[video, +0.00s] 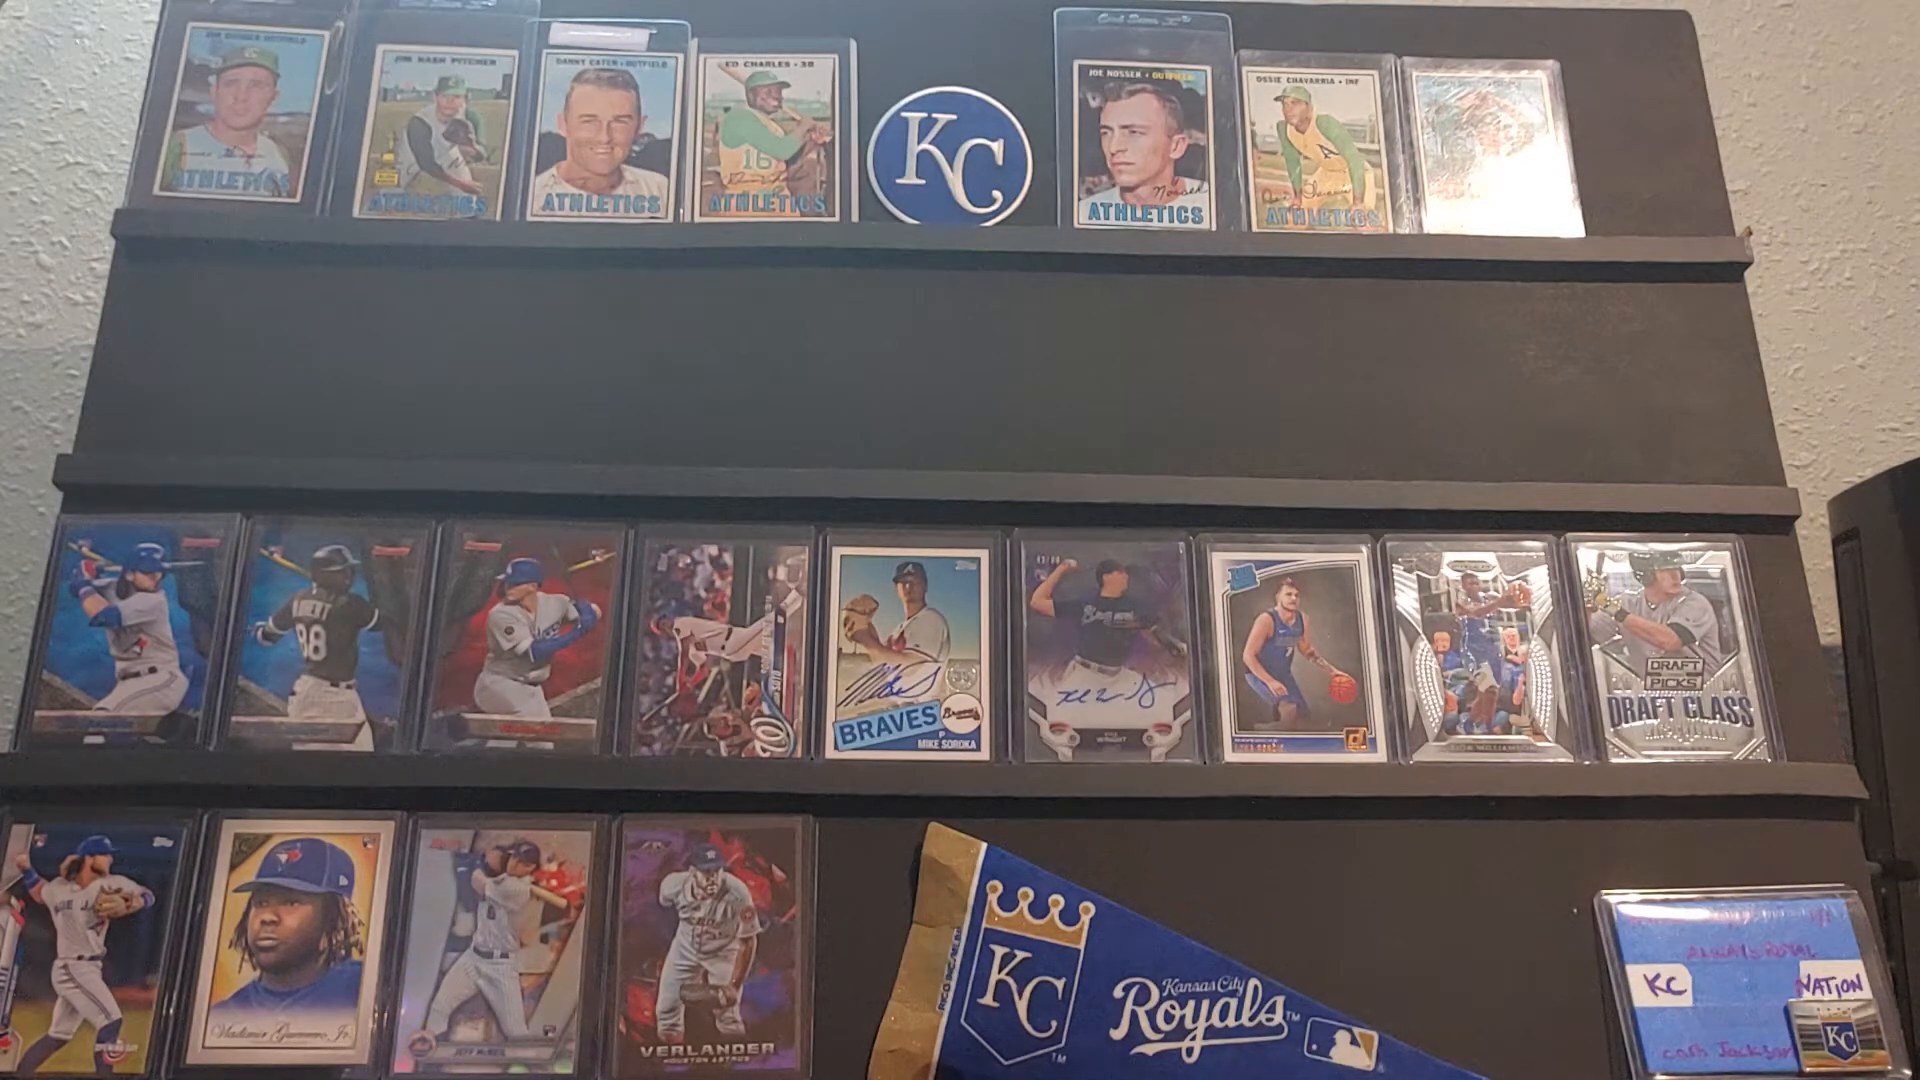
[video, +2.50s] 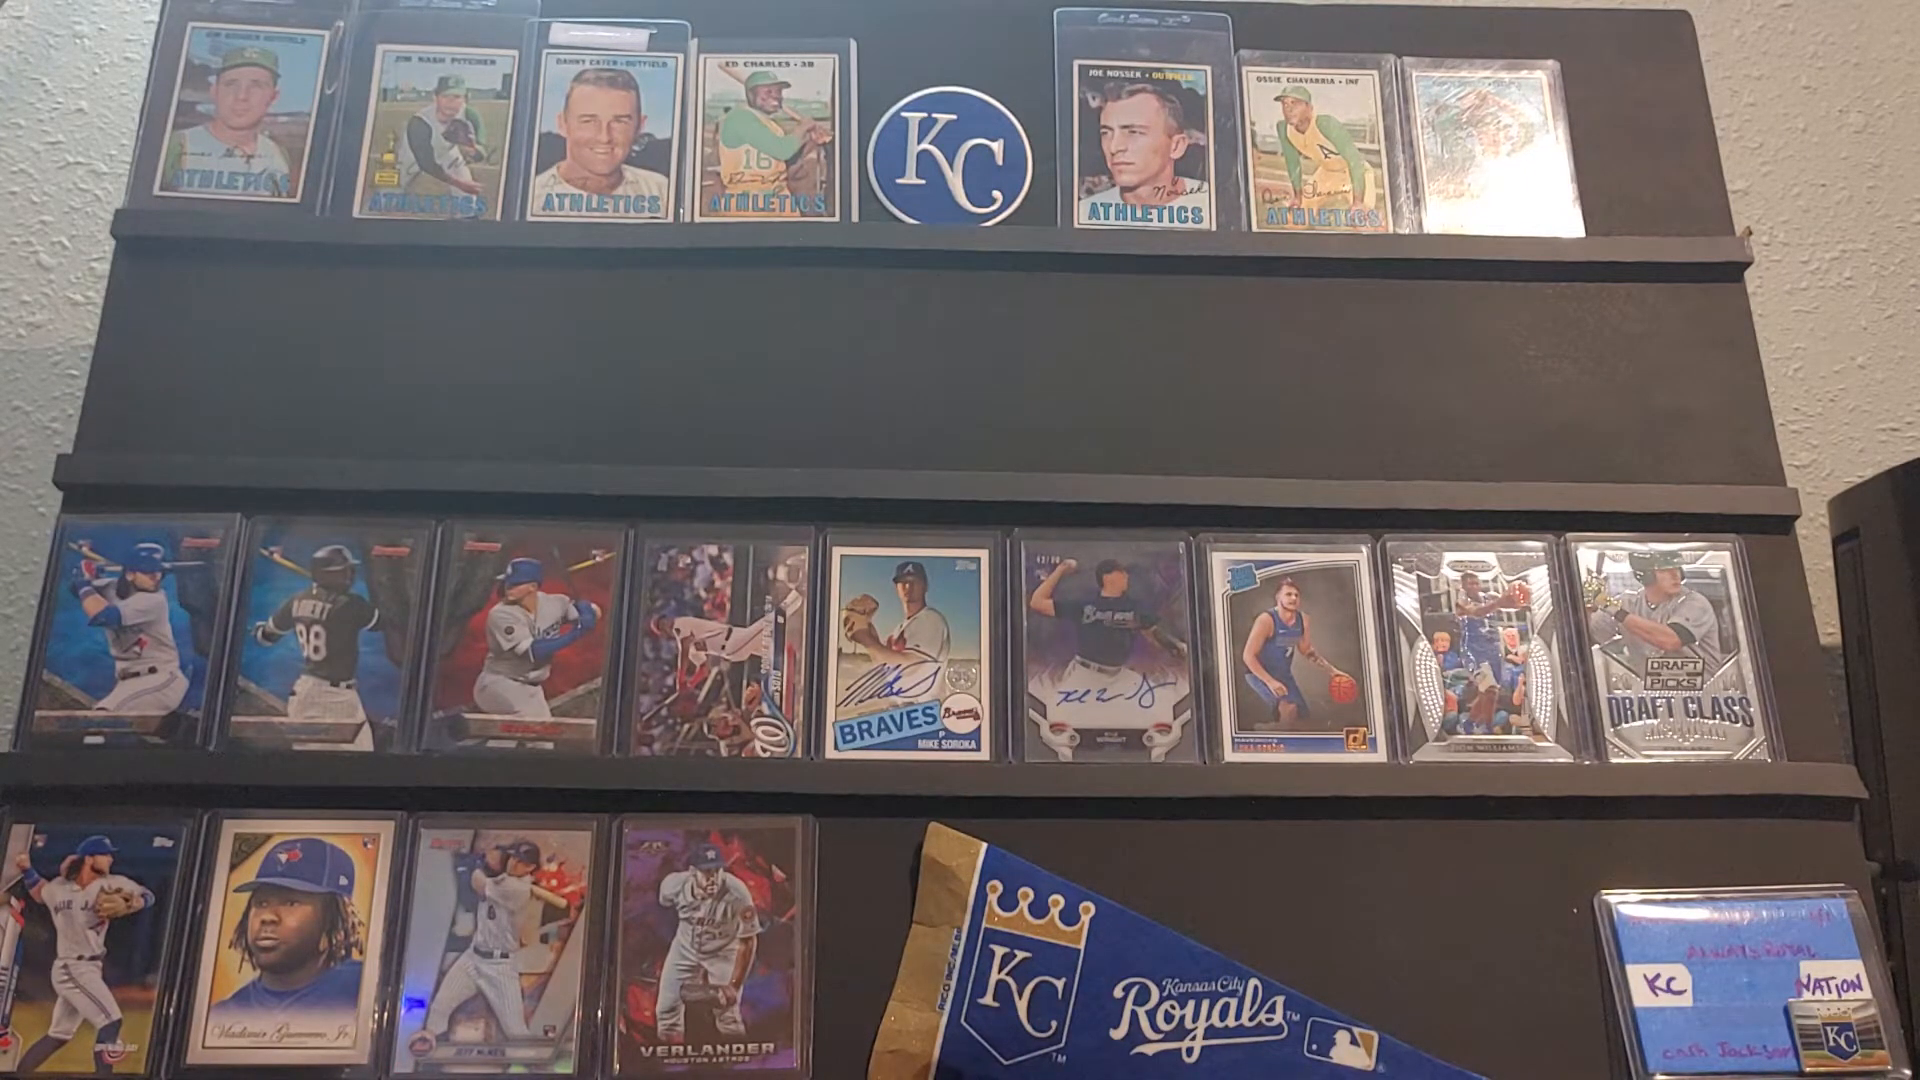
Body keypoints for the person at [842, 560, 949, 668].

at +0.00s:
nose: (907, 587)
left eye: (913, 582)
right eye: (902, 582)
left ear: (925, 586)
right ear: (896, 588)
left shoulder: (930, 619)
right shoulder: (901, 627)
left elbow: (911, 659)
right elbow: (880, 659)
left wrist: (864, 639)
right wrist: (865, 623)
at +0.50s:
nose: (907, 587)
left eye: (913, 582)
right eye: (902, 582)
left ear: (925, 586)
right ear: (896, 588)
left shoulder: (930, 619)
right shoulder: (901, 627)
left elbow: (911, 660)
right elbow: (880, 659)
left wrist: (865, 639)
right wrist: (865, 623)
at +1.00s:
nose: (907, 588)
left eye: (913, 582)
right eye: (902, 582)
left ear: (925, 586)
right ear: (896, 588)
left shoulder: (930, 619)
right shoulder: (901, 627)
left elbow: (909, 660)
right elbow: (879, 657)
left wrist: (864, 638)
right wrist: (863, 620)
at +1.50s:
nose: (907, 587)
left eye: (913, 582)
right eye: (902, 582)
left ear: (924, 586)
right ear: (896, 587)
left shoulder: (930, 619)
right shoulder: (901, 627)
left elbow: (910, 659)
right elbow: (880, 656)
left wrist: (865, 639)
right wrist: (862, 621)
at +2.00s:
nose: (907, 587)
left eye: (913, 582)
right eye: (902, 582)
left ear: (925, 586)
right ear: (896, 587)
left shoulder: (931, 619)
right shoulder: (901, 627)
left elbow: (910, 660)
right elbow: (881, 660)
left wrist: (865, 639)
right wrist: (864, 623)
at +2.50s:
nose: (907, 587)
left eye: (913, 581)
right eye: (902, 582)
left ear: (924, 586)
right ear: (896, 588)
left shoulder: (931, 619)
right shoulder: (901, 627)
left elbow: (910, 662)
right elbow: (881, 661)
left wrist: (865, 639)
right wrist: (865, 624)